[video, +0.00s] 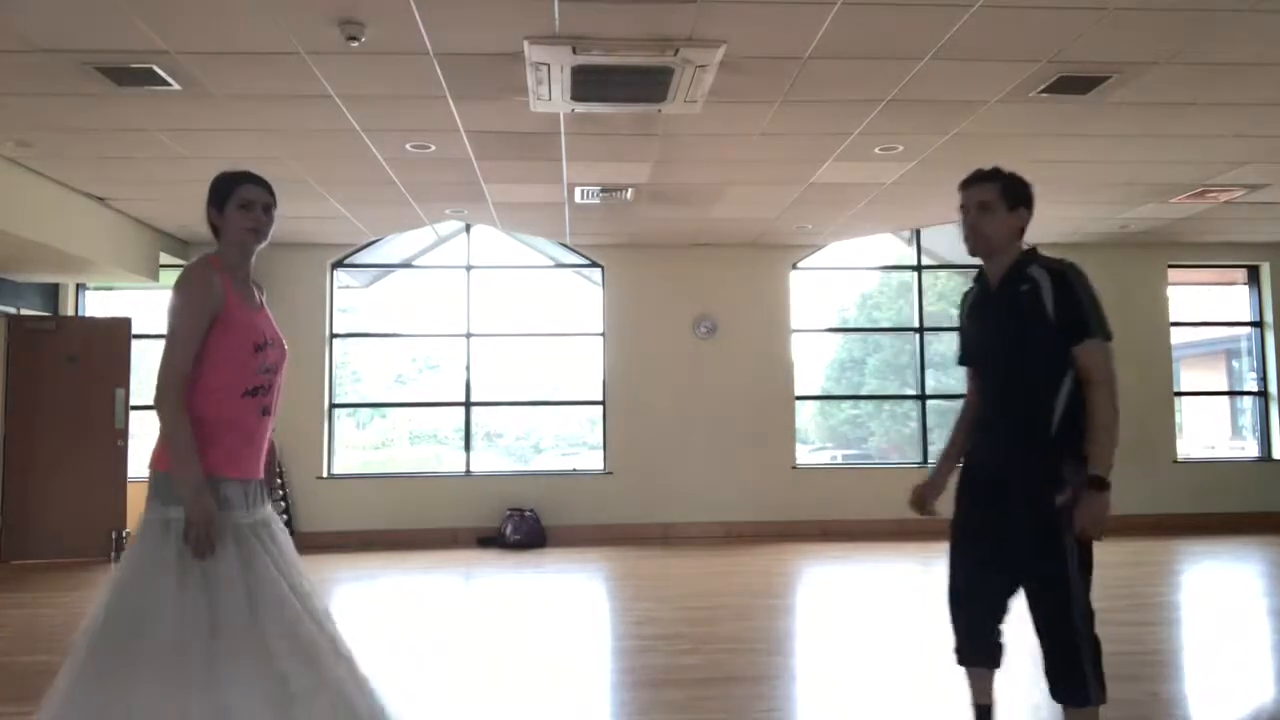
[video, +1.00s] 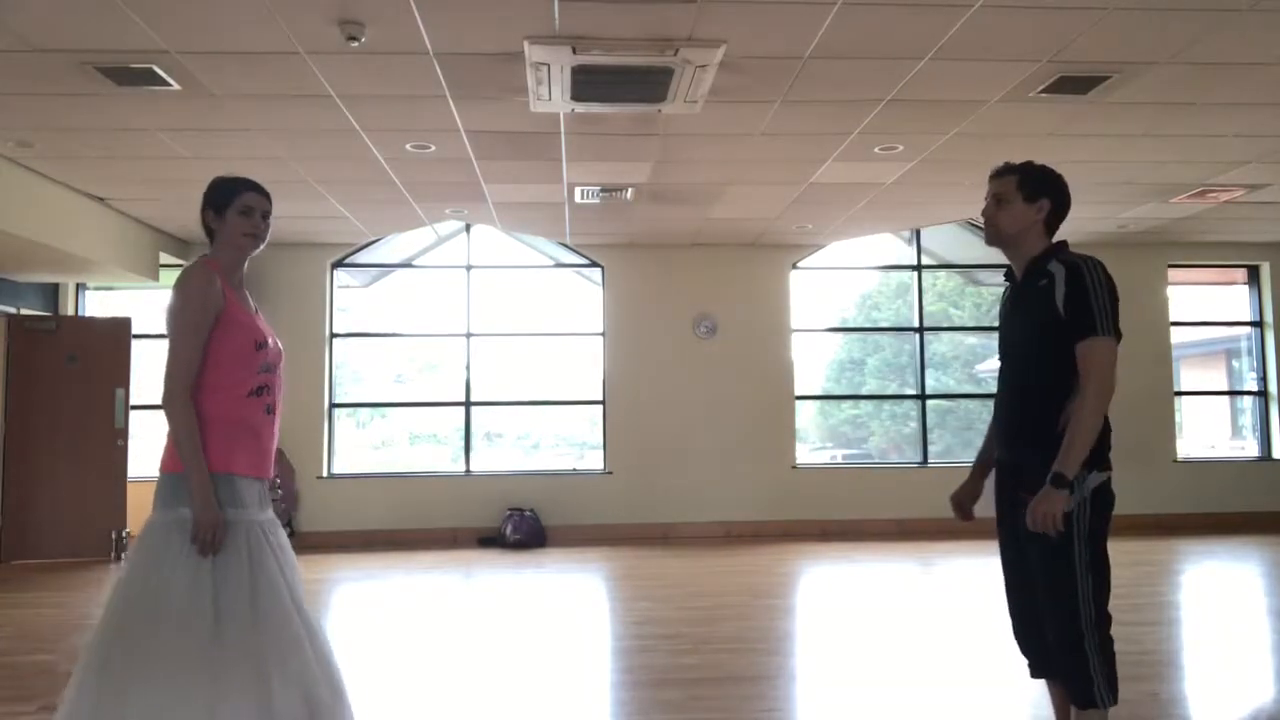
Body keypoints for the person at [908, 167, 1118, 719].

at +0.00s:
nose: (969, 222)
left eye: (983, 210)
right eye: (964, 212)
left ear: (1019, 218)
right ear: (962, 222)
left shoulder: (1060, 281)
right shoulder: (975, 301)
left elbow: (1099, 380)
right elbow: (977, 398)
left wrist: (1098, 481)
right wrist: (938, 475)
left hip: (1051, 480)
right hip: (987, 480)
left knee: (1065, 622)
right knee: (971, 608)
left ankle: (1082, 713)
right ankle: (982, 713)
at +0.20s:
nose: (977, 215)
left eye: (990, 204)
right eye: (976, 206)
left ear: (1033, 209)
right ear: (984, 216)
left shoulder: (1077, 275)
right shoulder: (998, 296)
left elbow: (1116, 380)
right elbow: (1002, 395)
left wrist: (1101, 483)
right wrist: (968, 476)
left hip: (1066, 482)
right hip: (1008, 482)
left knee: (1077, 621)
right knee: (1010, 617)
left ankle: (1092, 714)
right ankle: (1037, 715)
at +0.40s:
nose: (983, 212)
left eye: (997, 200)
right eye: (984, 202)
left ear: (1041, 206)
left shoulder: (1085, 271)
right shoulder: (1013, 291)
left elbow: (1104, 383)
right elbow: (1015, 393)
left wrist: (1075, 481)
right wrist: (983, 475)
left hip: (1072, 480)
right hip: (1020, 479)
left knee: (1076, 630)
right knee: (1033, 630)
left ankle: (1089, 715)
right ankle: (1056, 715)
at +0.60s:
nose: (987, 210)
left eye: (1001, 199)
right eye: (989, 200)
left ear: (1045, 208)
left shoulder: (1086, 271)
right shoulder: (1017, 293)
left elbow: (1100, 385)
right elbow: (1022, 399)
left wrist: (1042, 474)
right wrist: (996, 482)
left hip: (1077, 484)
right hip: (1023, 484)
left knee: (1078, 636)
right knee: (1038, 637)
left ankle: (1092, 714)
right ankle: (1062, 714)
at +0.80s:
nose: (986, 210)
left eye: (1000, 200)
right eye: (988, 201)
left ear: (1042, 209)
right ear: (1019, 213)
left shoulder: (1081, 272)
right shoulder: (1017, 291)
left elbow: (1092, 388)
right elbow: (1019, 399)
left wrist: (1043, 479)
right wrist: (986, 479)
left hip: (1073, 483)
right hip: (1022, 482)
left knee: (1080, 633)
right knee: (1039, 633)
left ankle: (1093, 716)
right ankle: (1064, 715)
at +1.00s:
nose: (985, 212)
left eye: (999, 201)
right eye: (987, 202)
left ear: (1041, 210)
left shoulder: (1081, 274)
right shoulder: (1014, 294)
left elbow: (1099, 385)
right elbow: (1013, 398)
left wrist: (1059, 482)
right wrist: (977, 477)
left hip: (1068, 484)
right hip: (1020, 484)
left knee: (1076, 635)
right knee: (1042, 635)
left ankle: (1091, 715)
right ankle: (1066, 714)